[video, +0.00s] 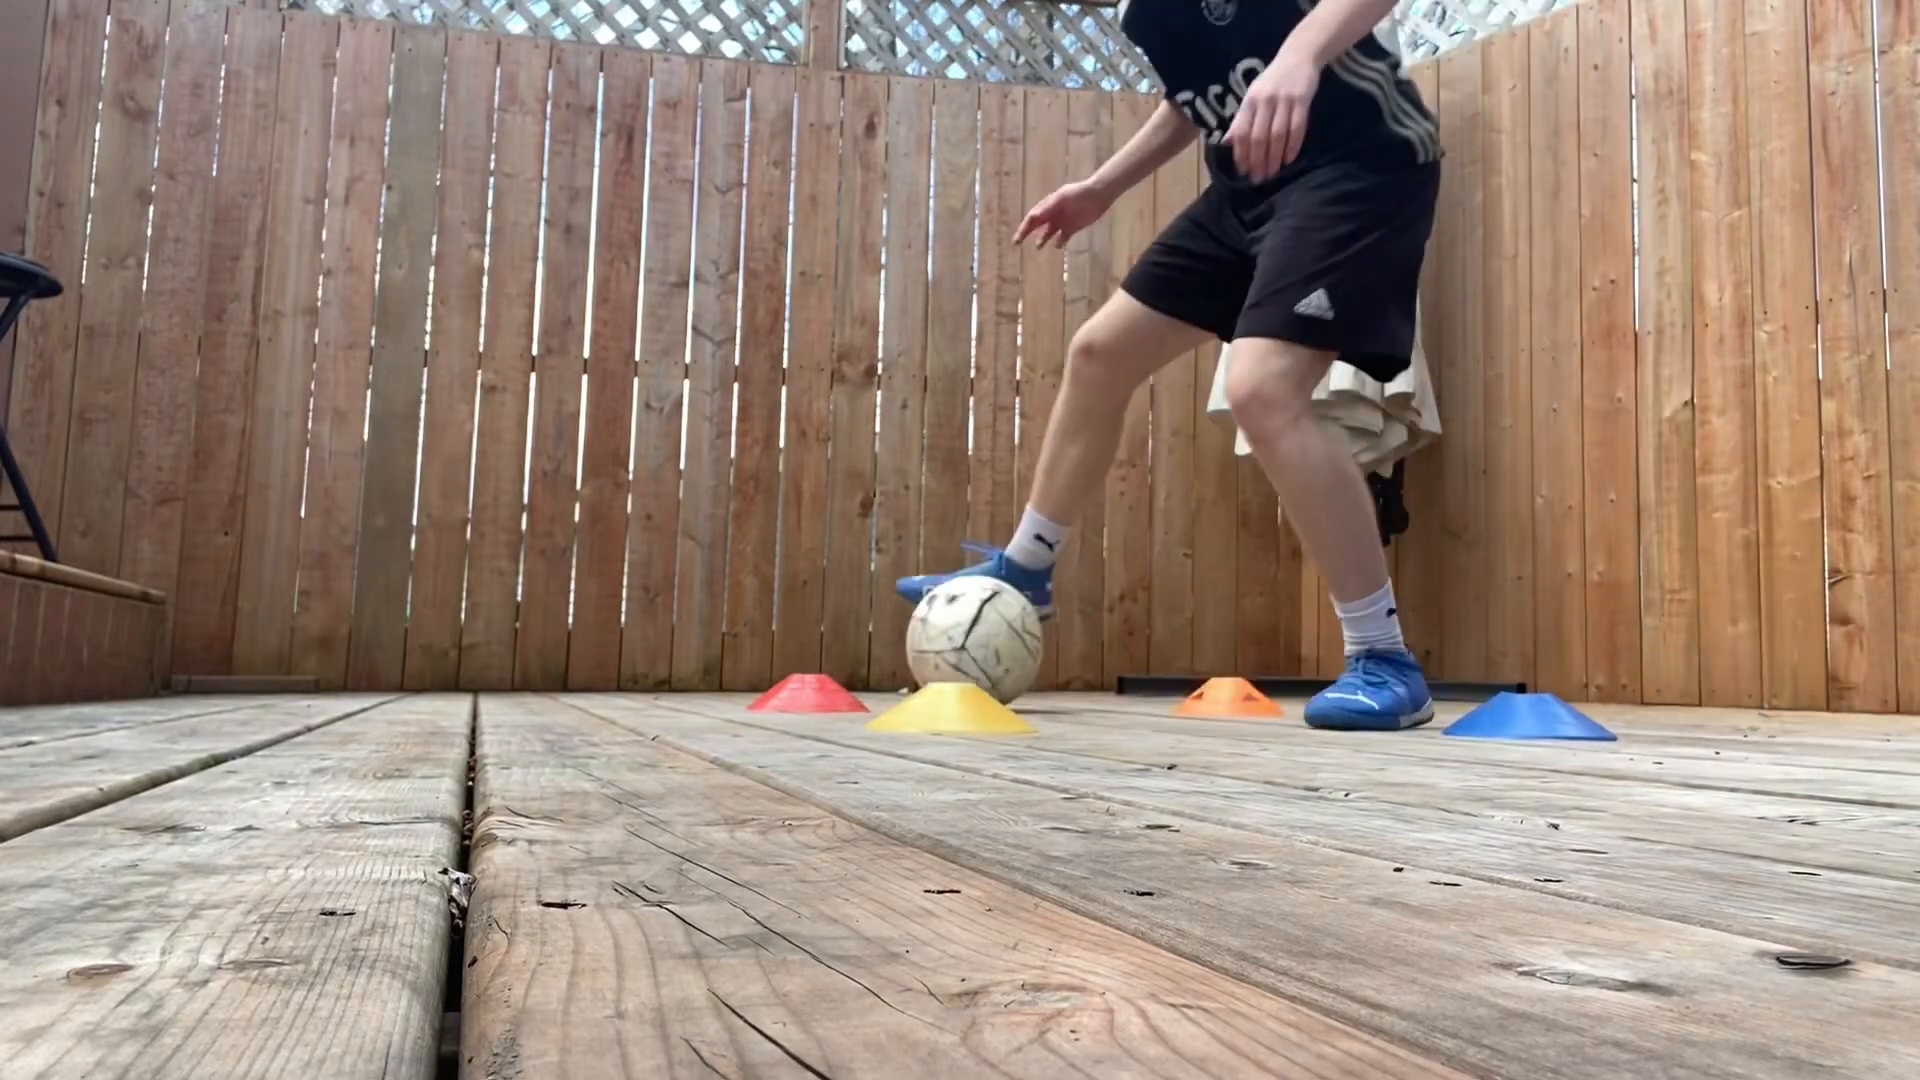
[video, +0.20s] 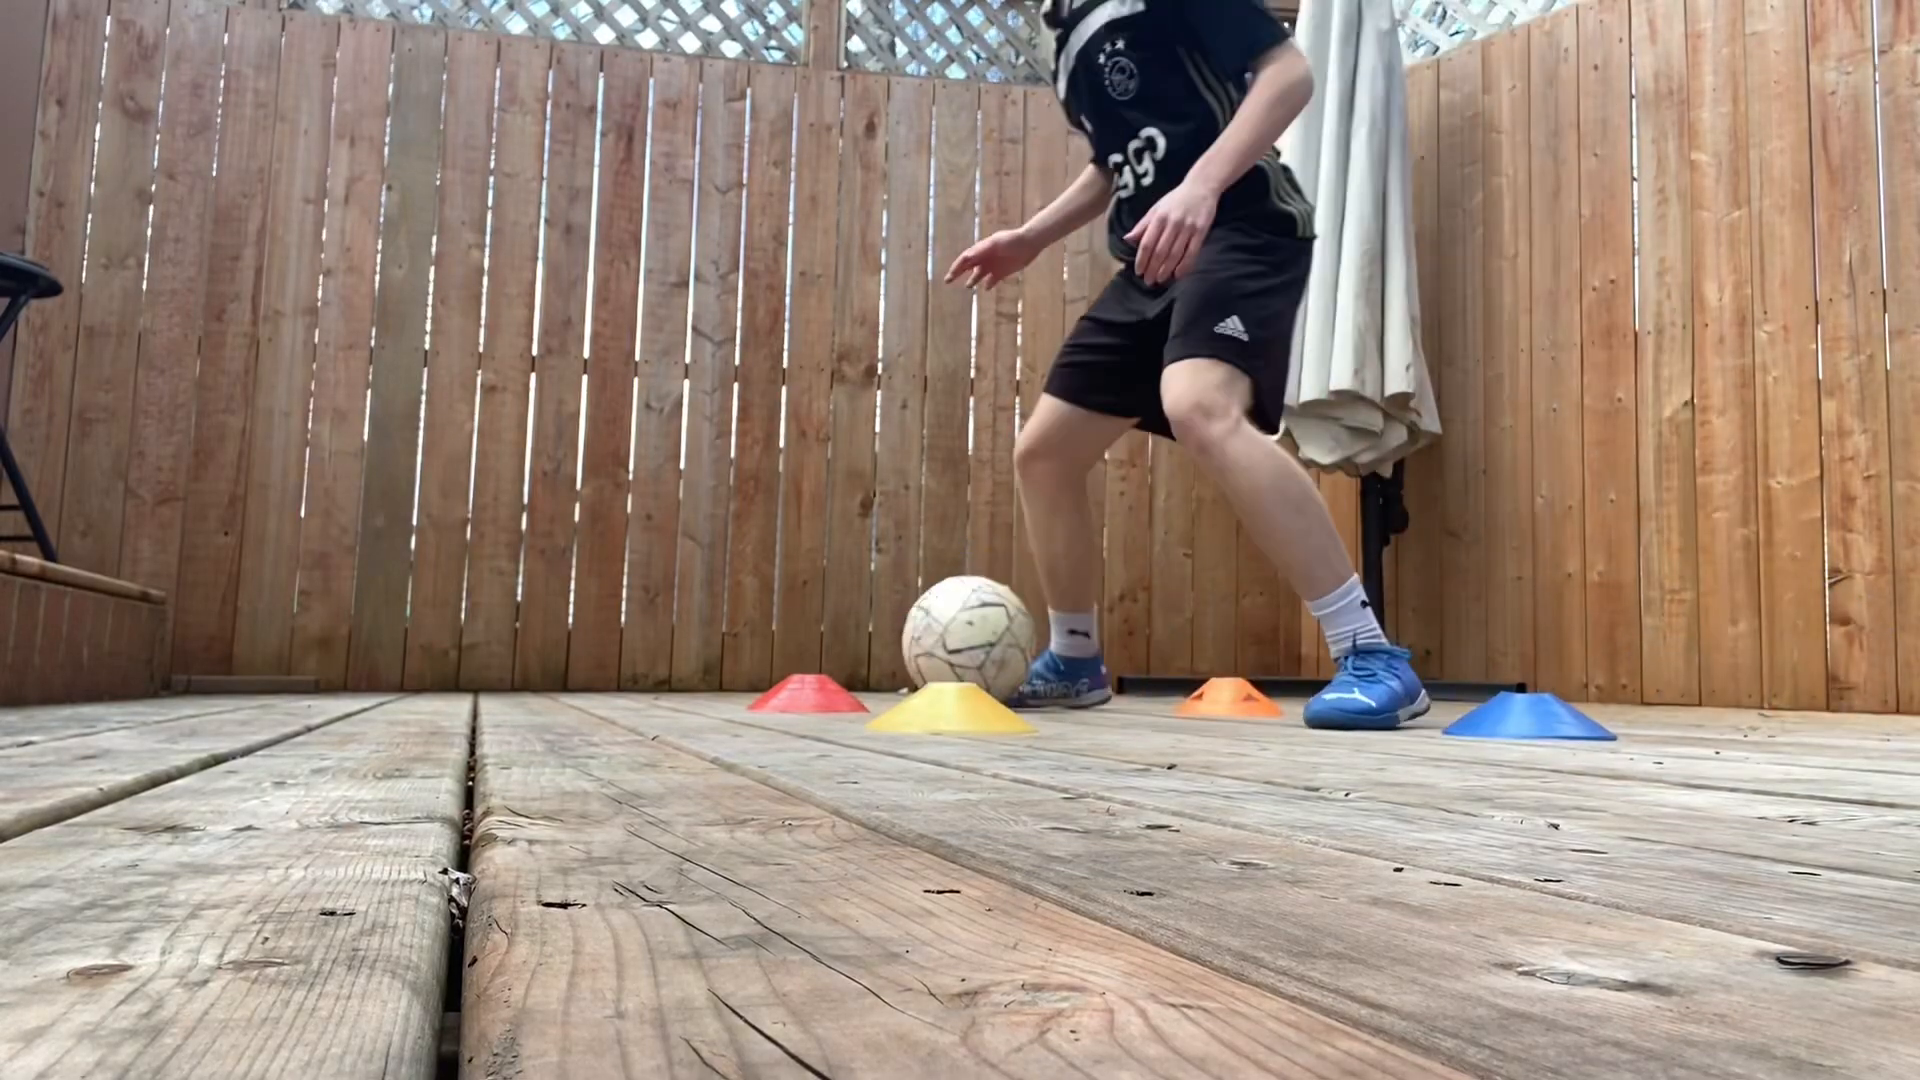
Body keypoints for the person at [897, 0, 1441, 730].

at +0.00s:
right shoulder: (1146, 11)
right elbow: (1199, 96)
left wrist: (1299, 55)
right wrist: (1101, 187)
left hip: (1356, 155)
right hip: (1248, 178)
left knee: (1264, 389)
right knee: (1100, 355)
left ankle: (1384, 664)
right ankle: (1022, 574)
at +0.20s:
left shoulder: (1179, 1)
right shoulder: (1067, 35)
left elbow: (1288, 74)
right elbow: (1116, 163)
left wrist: (1201, 185)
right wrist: (1033, 236)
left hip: (1243, 224)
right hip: (1151, 253)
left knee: (1201, 406)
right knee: (1046, 452)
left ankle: (1372, 659)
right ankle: (1075, 665)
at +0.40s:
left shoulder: (1115, 1)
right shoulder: (992, 40)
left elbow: (1223, 65)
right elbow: (1036, 162)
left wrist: (1206, 190)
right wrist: (963, 239)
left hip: (1161, 217)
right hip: (1079, 244)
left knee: (1158, 374)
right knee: (986, 423)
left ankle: (1305, 627)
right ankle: (994, 637)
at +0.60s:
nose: (917, 3)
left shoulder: (1095, 35)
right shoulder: (952, 95)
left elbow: (1191, 172)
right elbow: (963, 243)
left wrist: (1183, 257)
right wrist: (903, 332)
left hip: (1129, 286)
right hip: (1036, 319)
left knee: (1098, 396)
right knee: (967, 495)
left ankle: (1227, 641)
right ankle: (989, 664)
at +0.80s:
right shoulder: (1001, 31)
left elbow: (1263, 1)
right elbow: (1034, 164)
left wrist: (1265, 94)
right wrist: (980, 280)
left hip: (1212, 175)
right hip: (1117, 220)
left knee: (1149, 341)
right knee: (1010, 400)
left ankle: (1237, 624)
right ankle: (965, 628)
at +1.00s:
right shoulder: (1029, 65)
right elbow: (1067, 206)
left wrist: (1309, 62)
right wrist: (996, 317)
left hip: (1268, 131)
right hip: (1168, 215)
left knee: (1170, 245)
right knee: (1062, 426)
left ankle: (1312, 488)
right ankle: (1166, 660)